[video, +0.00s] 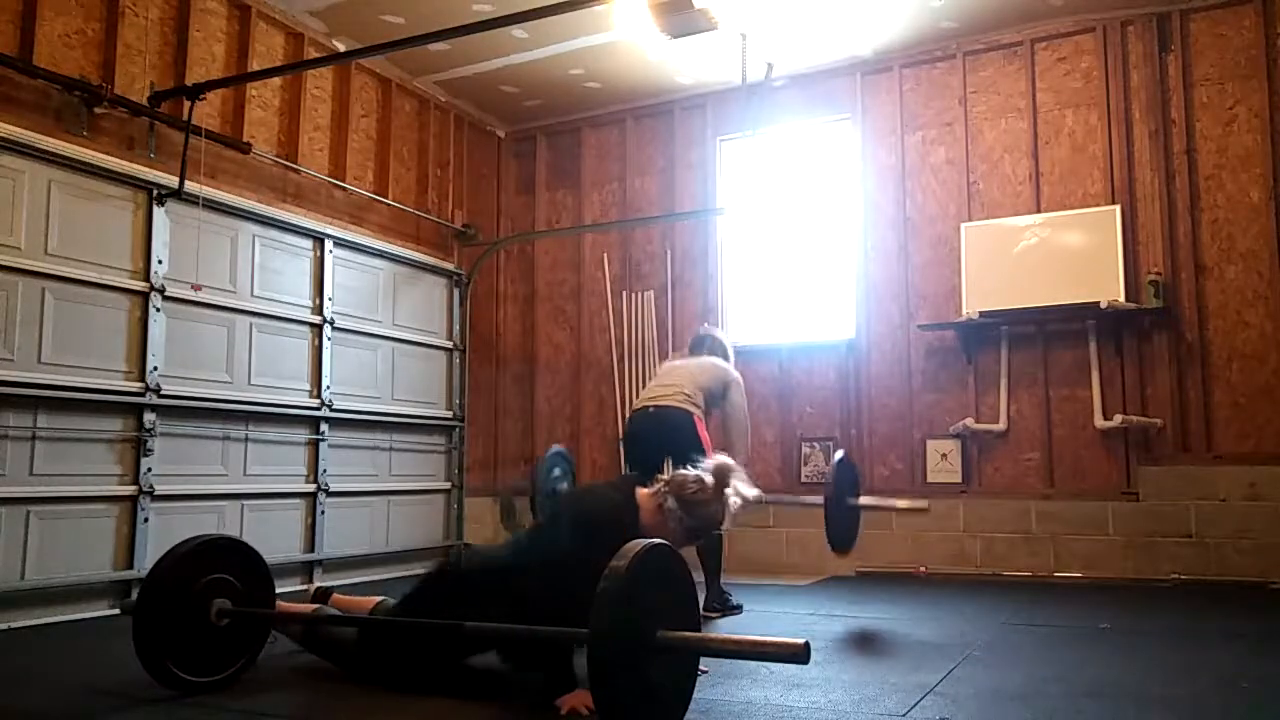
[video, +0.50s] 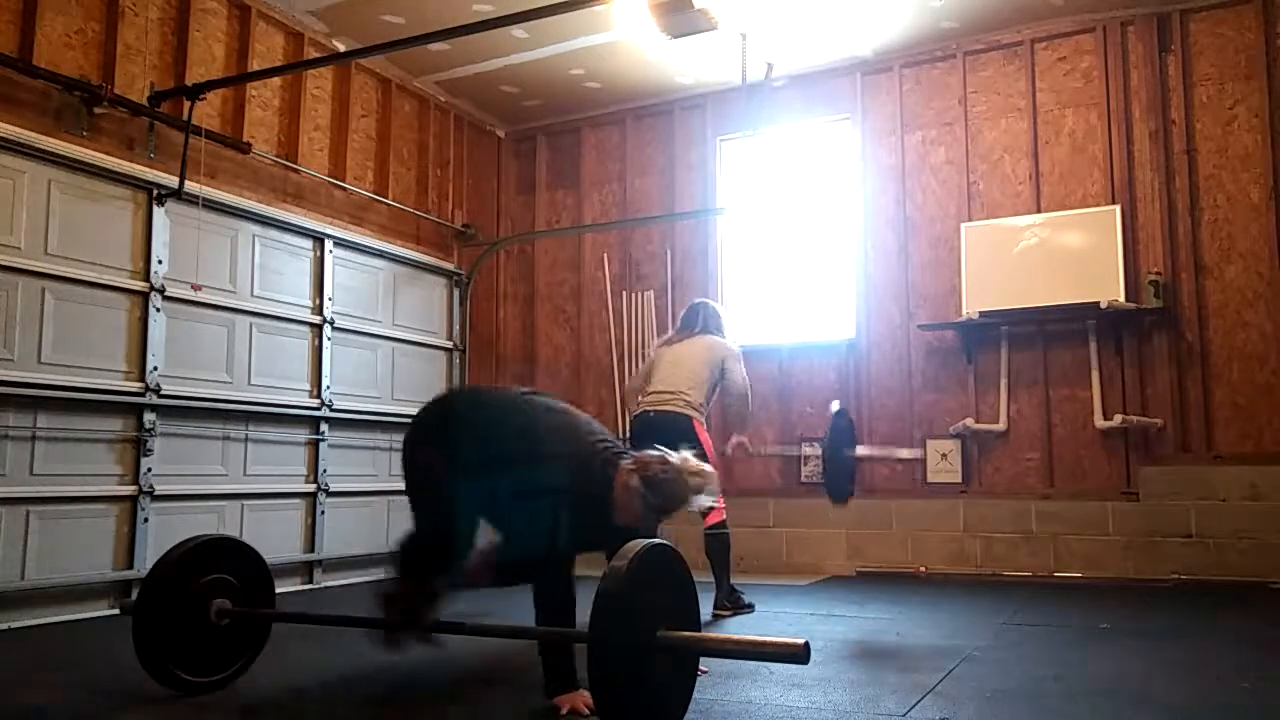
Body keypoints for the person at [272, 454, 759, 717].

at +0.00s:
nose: (679, 546)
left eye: (687, 540)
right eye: (684, 538)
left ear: (665, 487)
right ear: (671, 518)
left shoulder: (620, 502)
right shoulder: (601, 522)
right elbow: (551, 603)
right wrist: (566, 684)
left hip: (495, 582)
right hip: (477, 588)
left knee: (414, 618)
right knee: (386, 642)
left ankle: (342, 602)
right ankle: (298, 619)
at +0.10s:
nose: (673, 542)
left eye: (682, 538)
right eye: (678, 536)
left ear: (665, 483)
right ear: (670, 518)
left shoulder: (624, 490)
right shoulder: (601, 513)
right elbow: (561, 601)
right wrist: (565, 685)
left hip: (481, 551)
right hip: (461, 563)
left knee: (413, 615)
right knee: (383, 638)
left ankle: (353, 605)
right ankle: (307, 623)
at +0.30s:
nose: (680, 534)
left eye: (691, 530)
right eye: (681, 522)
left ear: (699, 512)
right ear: (668, 489)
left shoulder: (655, 485)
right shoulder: (605, 499)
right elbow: (571, 597)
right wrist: (566, 683)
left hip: (490, 490)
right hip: (462, 461)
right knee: (388, 546)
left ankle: (333, 587)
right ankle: (304, 578)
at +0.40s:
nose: (652, 528)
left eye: (665, 528)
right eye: (654, 516)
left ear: (685, 524)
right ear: (650, 479)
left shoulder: (647, 488)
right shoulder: (592, 489)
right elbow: (565, 595)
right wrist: (565, 685)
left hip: (505, 456)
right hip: (463, 423)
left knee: (468, 560)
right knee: (423, 549)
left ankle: (372, 574)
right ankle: (333, 580)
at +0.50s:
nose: (645, 523)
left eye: (656, 517)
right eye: (645, 509)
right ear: (628, 479)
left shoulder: (628, 511)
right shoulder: (568, 482)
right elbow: (553, 590)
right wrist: (562, 686)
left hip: (496, 434)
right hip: (439, 434)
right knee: (443, 546)